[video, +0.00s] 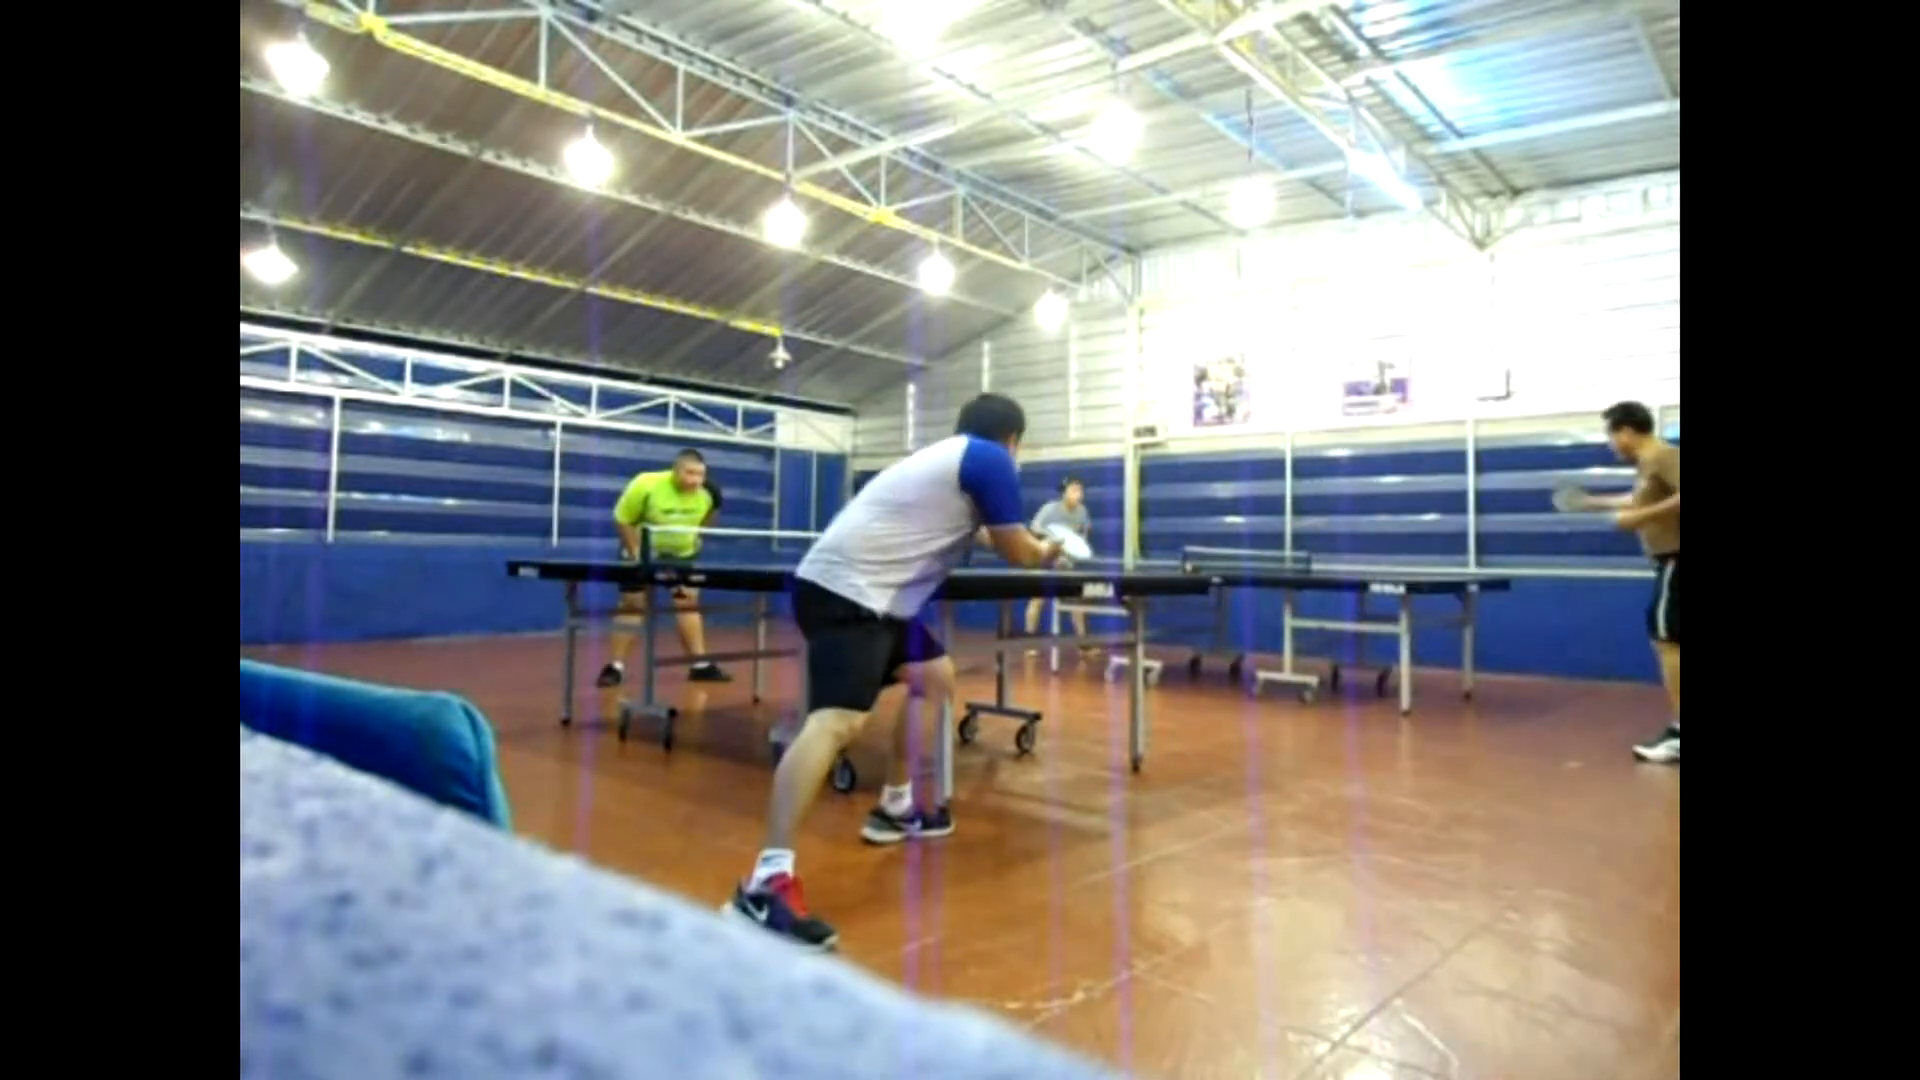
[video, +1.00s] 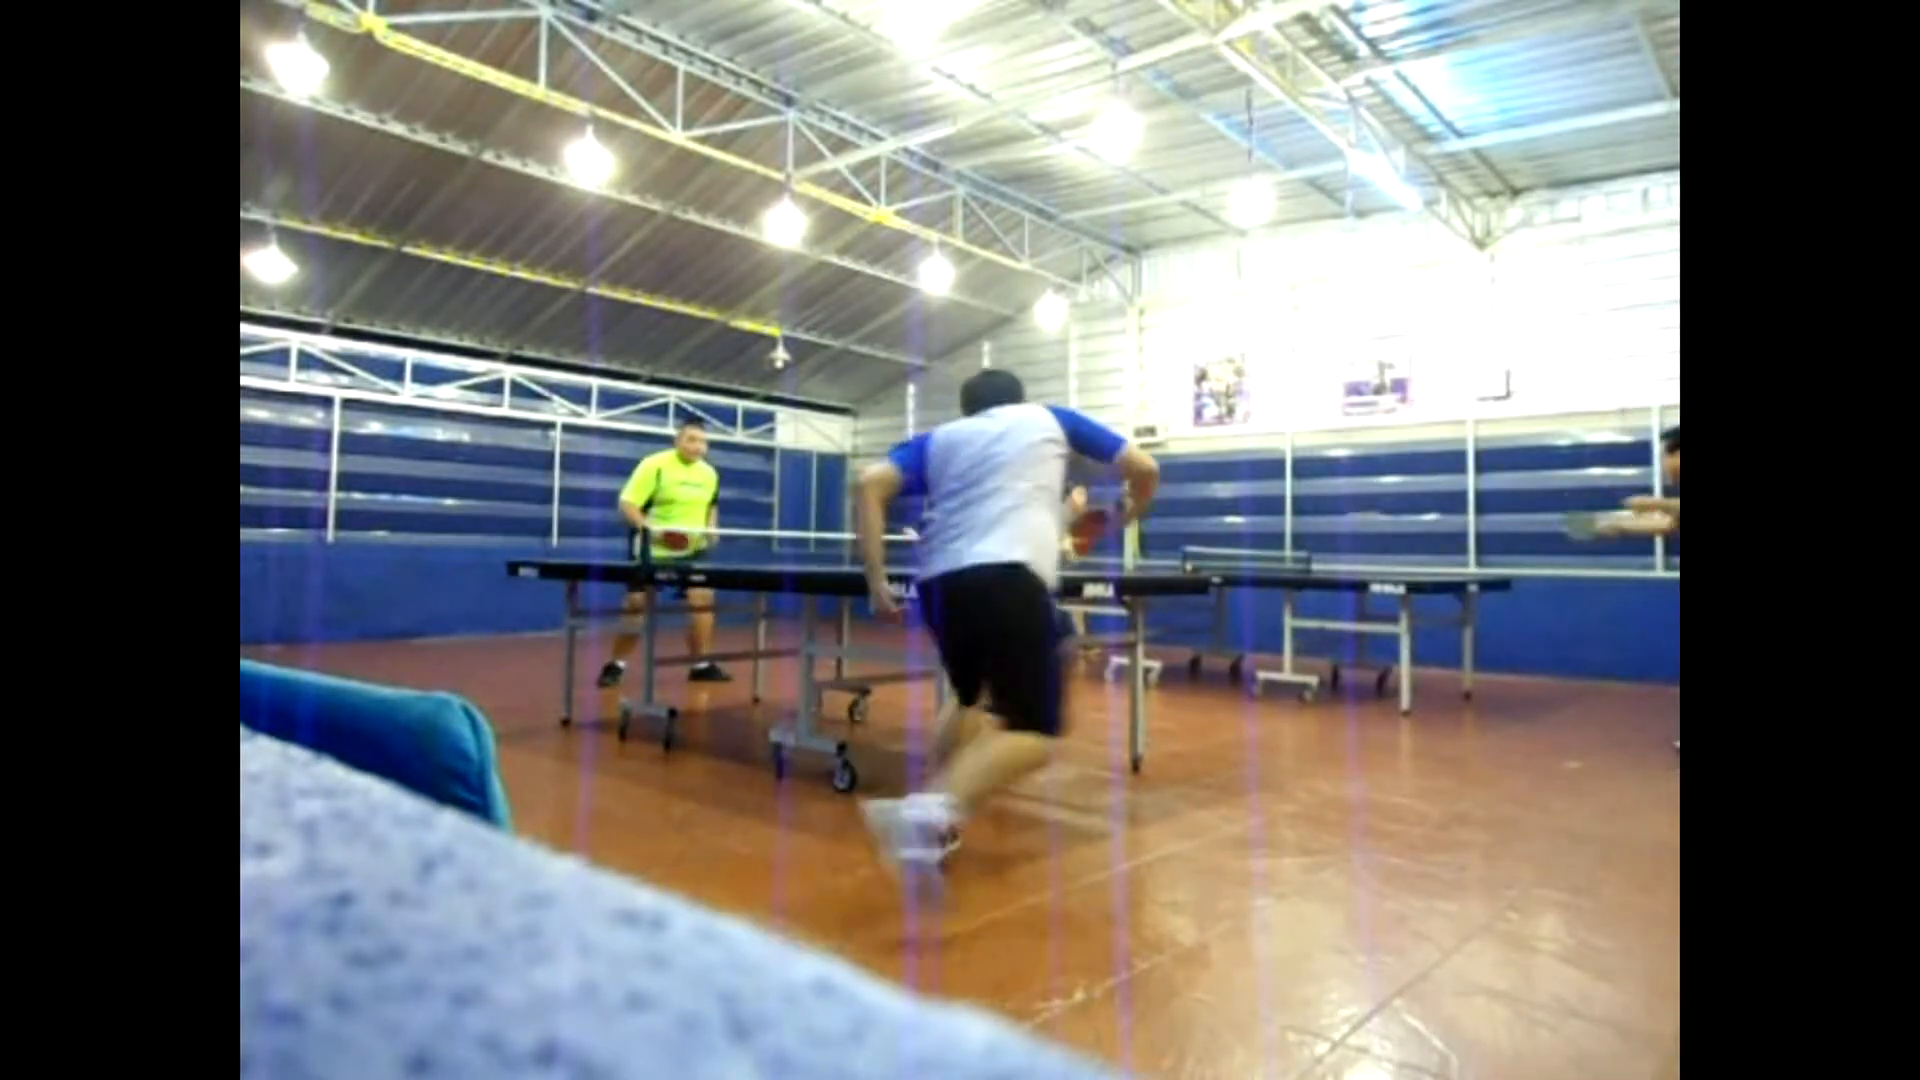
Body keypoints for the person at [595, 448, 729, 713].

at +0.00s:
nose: (694, 479)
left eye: (699, 474)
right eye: (689, 473)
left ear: (704, 475)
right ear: (676, 471)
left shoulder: (708, 495)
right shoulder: (646, 485)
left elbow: (703, 520)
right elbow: (623, 517)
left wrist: (690, 538)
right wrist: (636, 551)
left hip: (684, 554)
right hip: (646, 552)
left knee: (689, 603)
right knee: (632, 606)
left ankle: (700, 660)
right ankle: (616, 664)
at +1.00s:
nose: (696, 446)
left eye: (701, 441)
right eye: (691, 439)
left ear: (706, 445)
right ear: (678, 440)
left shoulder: (709, 474)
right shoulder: (654, 465)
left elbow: (710, 507)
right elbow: (627, 503)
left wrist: (711, 529)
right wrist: (649, 526)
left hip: (692, 550)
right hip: (655, 549)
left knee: (703, 599)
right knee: (636, 604)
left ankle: (702, 660)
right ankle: (617, 663)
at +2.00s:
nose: (710, 447)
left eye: (714, 442)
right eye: (704, 440)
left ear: (717, 448)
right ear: (690, 440)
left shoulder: (719, 481)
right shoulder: (664, 456)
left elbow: (721, 516)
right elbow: (621, 469)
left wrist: (733, 523)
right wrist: (577, 476)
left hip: (693, 548)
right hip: (651, 542)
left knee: (706, 600)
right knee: (634, 598)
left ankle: (701, 662)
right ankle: (618, 663)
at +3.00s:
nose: (600, 454)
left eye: (603, 447)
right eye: (593, 448)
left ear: (612, 444)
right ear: (583, 449)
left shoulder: (635, 464)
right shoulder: (572, 478)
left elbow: (666, 496)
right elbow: (569, 520)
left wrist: (649, 521)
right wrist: (549, 534)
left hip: (644, 546)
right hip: (600, 552)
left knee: (669, 594)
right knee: (593, 605)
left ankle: (667, 644)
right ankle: (585, 667)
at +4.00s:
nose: (648, 441)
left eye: (650, 436)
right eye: (643, 434)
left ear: (646, 441)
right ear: (626, 435)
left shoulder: (637, 466)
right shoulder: (611, 462)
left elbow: (637, 507)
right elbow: (608, 500)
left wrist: (655, 537)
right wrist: (648, 525)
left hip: (631, 546)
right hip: (605, 545)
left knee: (638, 602)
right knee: (595, 604)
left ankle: (634, 664)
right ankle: (581, 668)